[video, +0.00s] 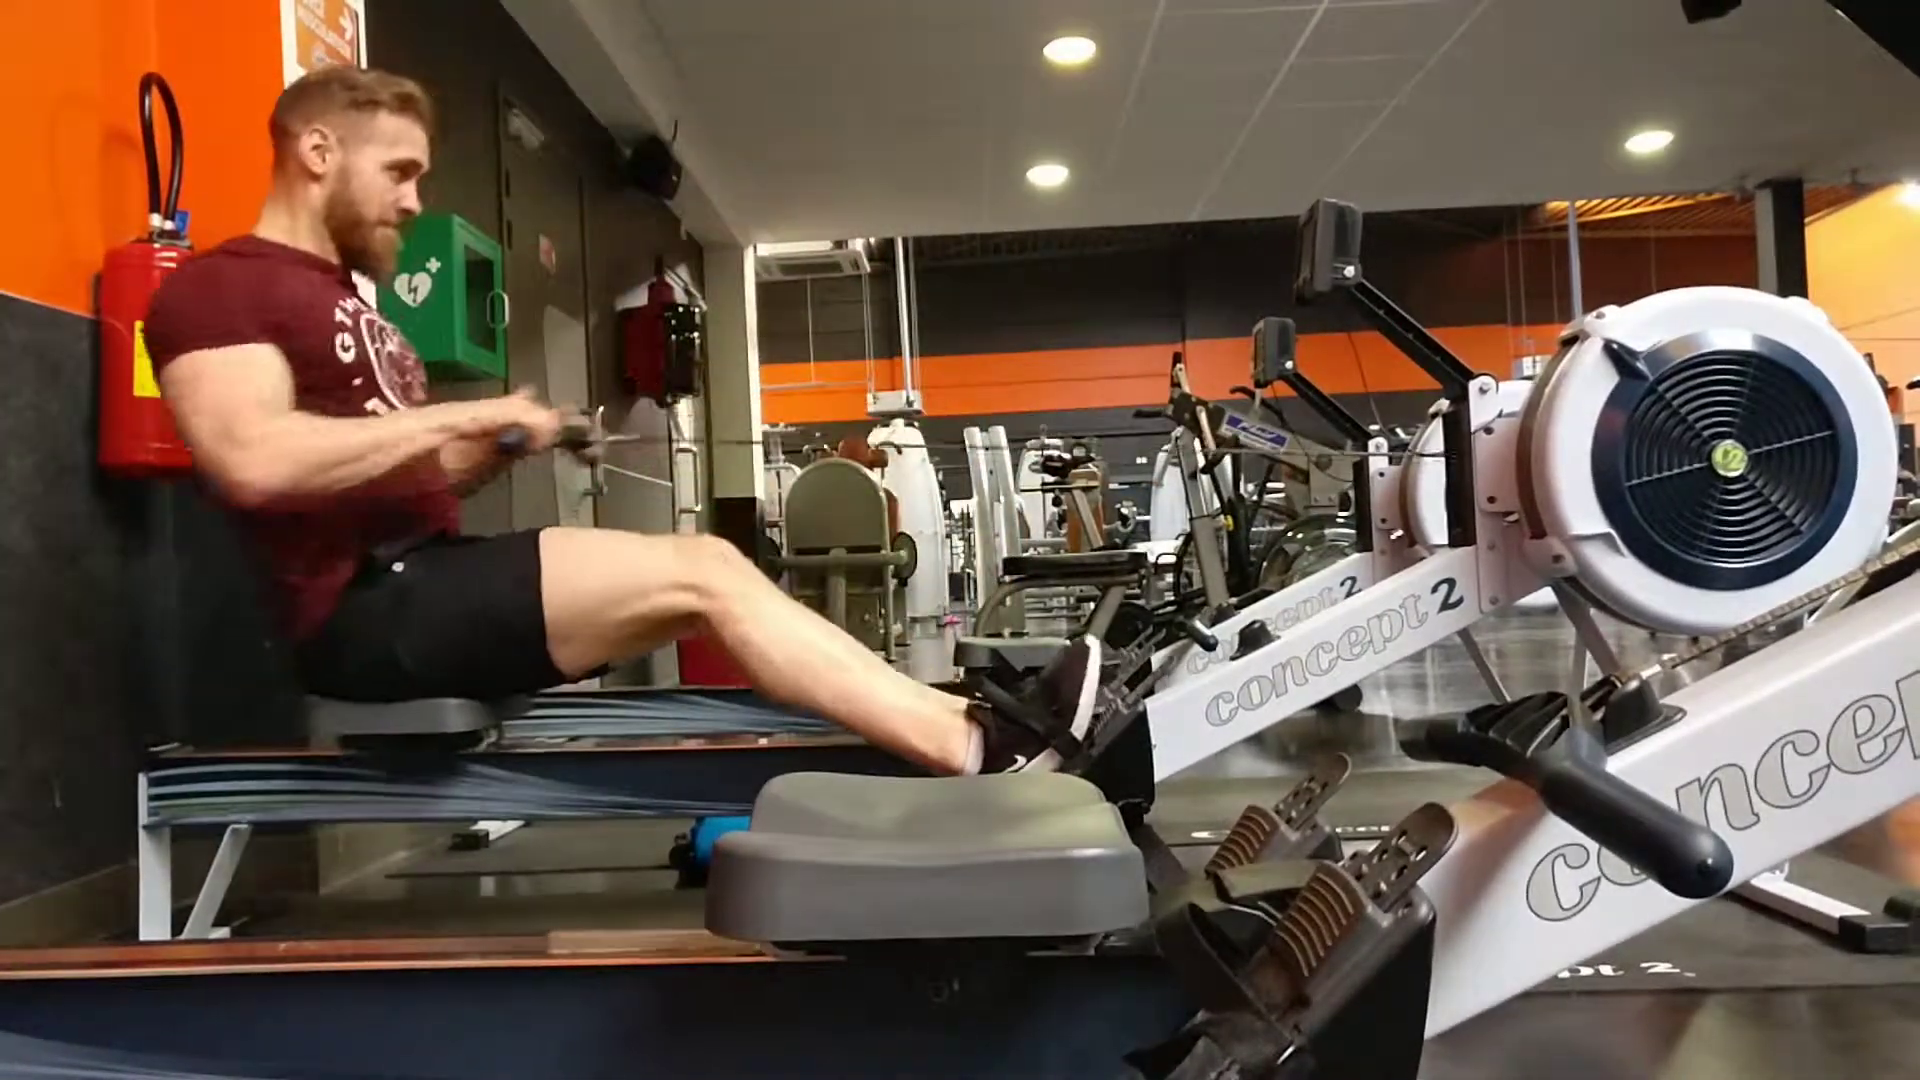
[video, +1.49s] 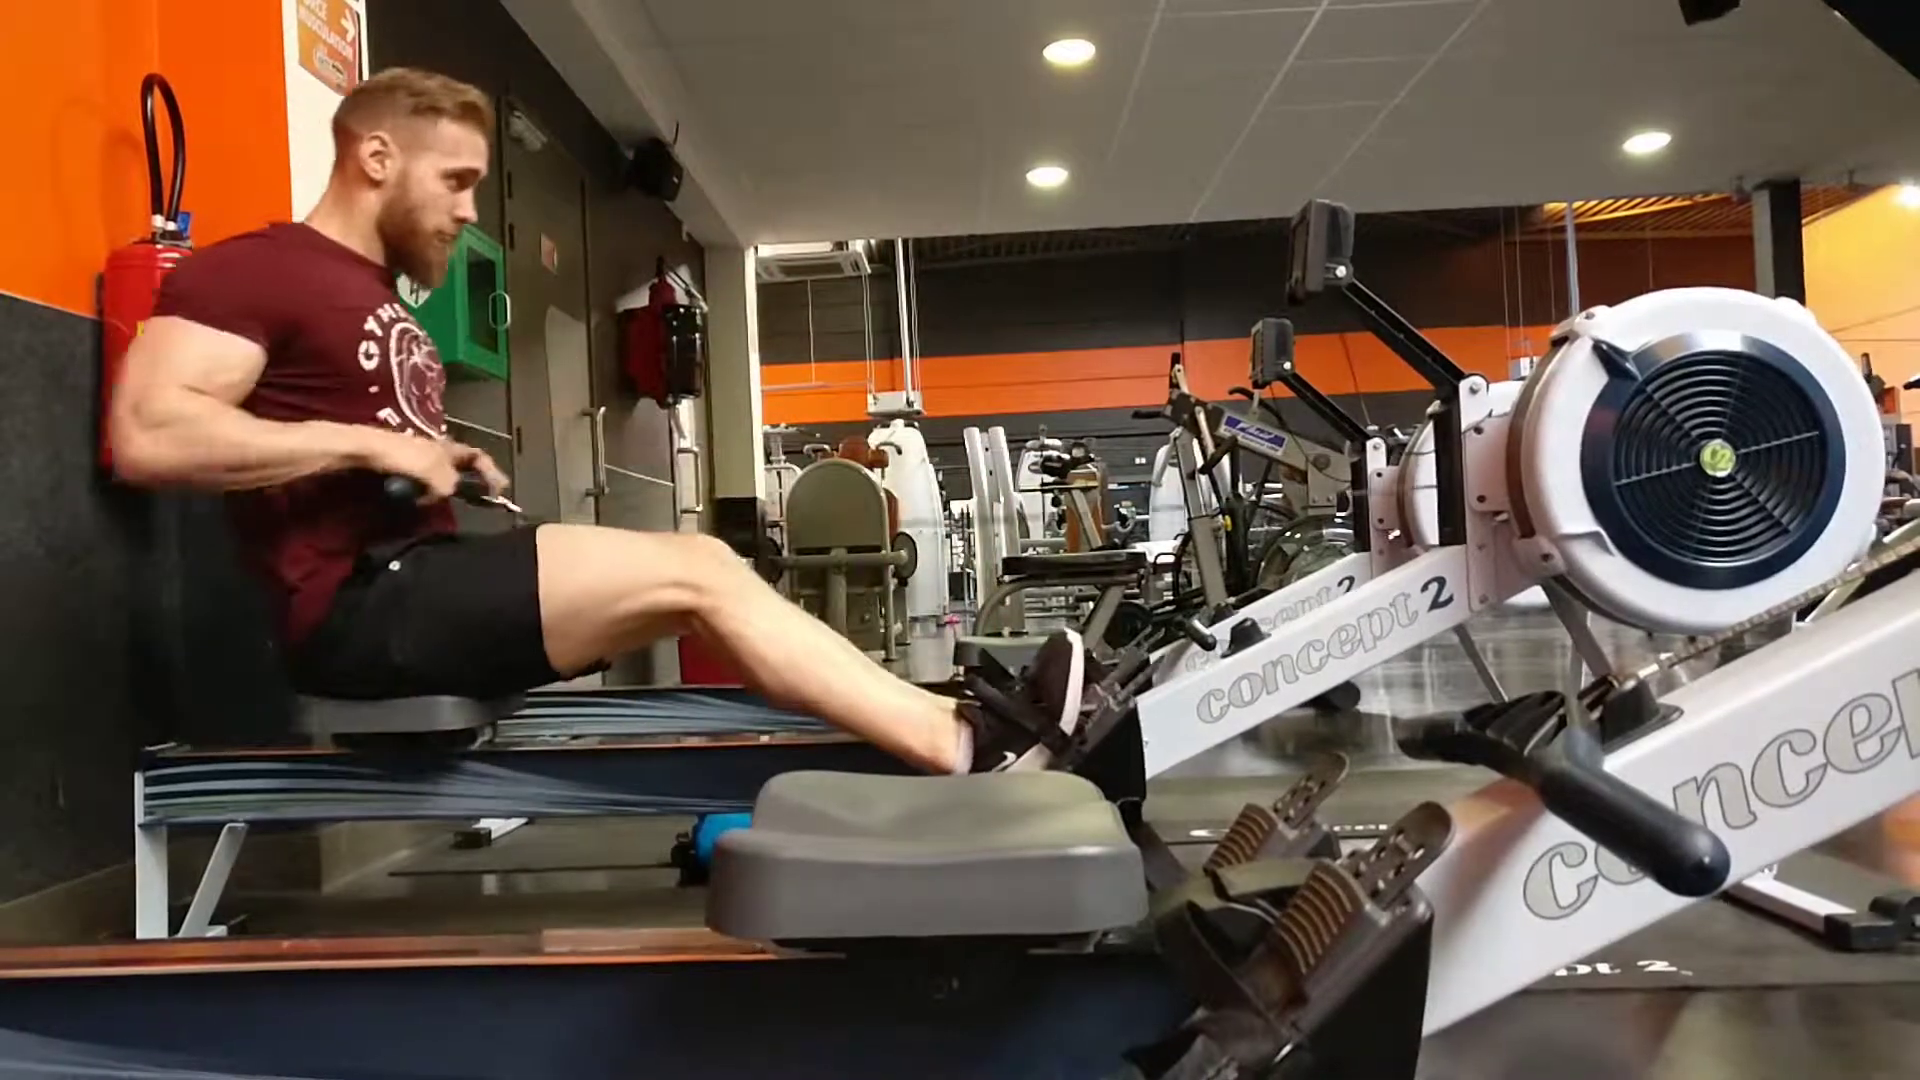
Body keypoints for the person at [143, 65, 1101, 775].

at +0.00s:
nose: (415, 203)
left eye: (419, 181)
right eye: (398, 173)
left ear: (320, 159)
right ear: (311, 154)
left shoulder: (360, 306)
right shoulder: (225, 283)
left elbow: (425, 485)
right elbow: (255, 461)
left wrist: (488, 439)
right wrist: (453, 425)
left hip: (426, 584)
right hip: (360, 607)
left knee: (713, 565)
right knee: (708, 566)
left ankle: (974, 729)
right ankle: (970, 752)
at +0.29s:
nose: (589, 203)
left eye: (595, 179)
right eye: (577, 172)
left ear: (500, 159)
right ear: (493, 149)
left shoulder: (497, 308)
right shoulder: (392, 277)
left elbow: (547, 466)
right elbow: (465, 444)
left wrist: (668, 432)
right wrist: (678, 408)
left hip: (508, 596)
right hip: (445, 610)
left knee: (767, 506)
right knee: (764, 505)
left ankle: (969, 728)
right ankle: (966, 743)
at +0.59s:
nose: (889, 194)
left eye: (892, 170)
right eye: (880, 164)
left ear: (811, 151)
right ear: (808, 146)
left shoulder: (762, 270)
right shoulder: (736, 264)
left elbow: (940, 397)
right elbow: (950, 402)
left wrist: (1118, 455)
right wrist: (1136, 452)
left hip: (702, 606)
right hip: (685, 614)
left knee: (933, 431)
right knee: (931, 433)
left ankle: (977, 715)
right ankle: (976, 727)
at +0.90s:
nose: (917, 171)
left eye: (916, 145)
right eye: (903, 140)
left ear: (833, 139)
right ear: (831, 134)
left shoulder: (798, 253)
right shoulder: (787, 251)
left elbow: (984, 396)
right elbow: (993, 395)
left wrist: (1168, 450)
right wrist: (1190, 448)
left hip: (740, 600)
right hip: (733, 610)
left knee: (969, 420)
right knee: (964, 424)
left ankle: (987, 697)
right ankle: (982, 713)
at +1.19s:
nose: (531, 163)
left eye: (531, 142)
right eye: (511, 138)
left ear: (445, 139)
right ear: (426, 131)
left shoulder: (480, 284)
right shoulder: (381, 263)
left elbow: (599, 422)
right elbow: (525, 415)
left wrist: (747, 423)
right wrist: (745, 420)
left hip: (529, 594)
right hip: (481, 611)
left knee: (793, 481)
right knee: (789, 487)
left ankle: (989, 722)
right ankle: (984, 743)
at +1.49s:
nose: (468, 212)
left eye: (476, 189)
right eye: (455, 181)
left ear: (385, 163)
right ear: (370, 158)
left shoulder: (386, 305)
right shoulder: (262, 267)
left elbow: (360, 453)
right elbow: (147, 437)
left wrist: (443, 467)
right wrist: (364, 446)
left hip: (413, 588)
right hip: (349, 607)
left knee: (706, 569)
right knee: (700, 568)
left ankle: (965, 733)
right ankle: (964, 748)